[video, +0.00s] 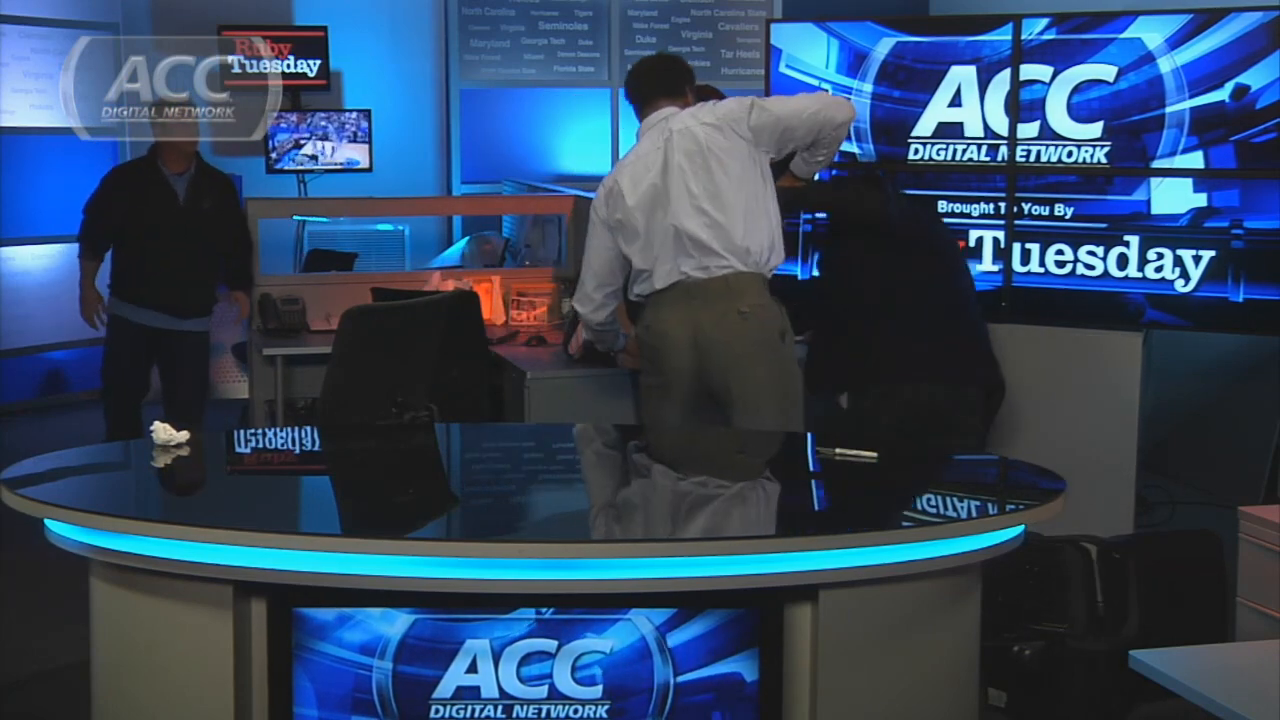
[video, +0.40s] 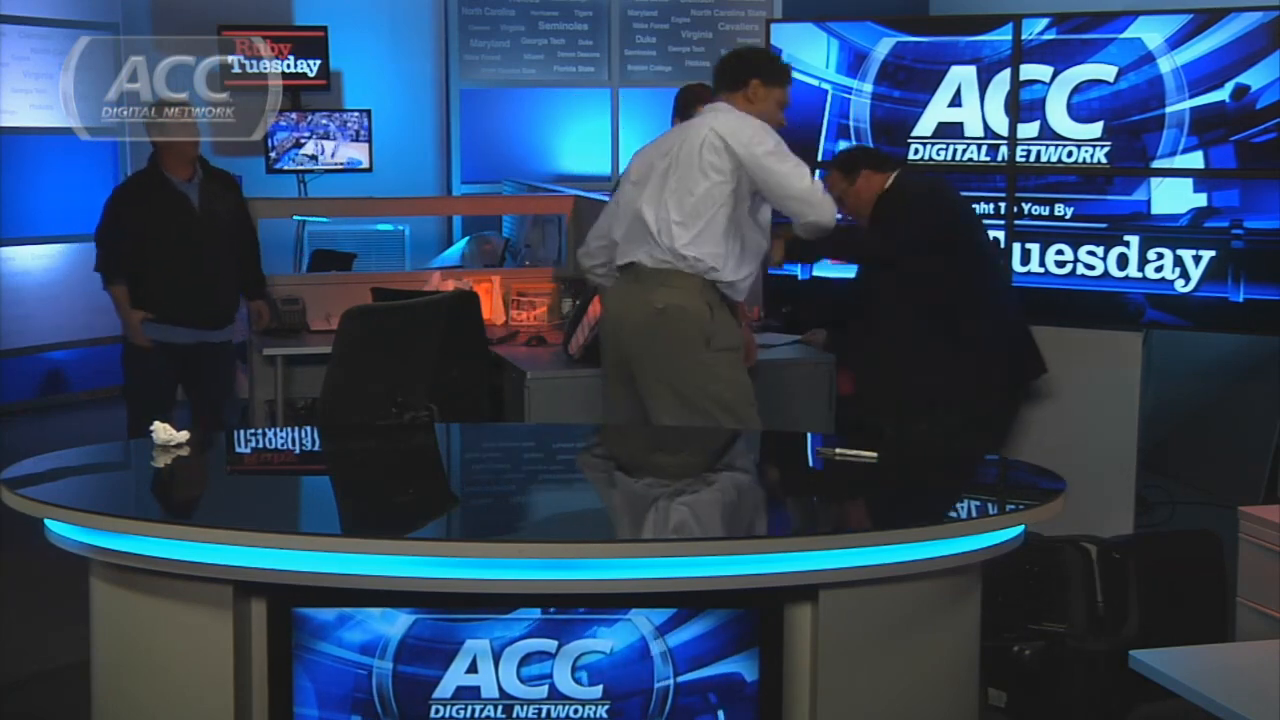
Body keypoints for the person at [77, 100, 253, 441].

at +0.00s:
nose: (186, 130)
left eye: (189, 122)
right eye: (176, 122)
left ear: (198, 130)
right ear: (158, 129)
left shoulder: (219, 186)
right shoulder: (124, 179)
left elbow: (237, 243)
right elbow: (94, 233)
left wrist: (239, 288)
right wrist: (87, 286)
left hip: (190, 322)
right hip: (130, 317)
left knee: (188, 414)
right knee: (121, 410)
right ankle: (120, 487)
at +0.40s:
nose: (190, 136)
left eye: (193, 126)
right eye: (179, 128)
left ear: (200, 132)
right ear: (158, 136)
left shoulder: (225, 186)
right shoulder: (130, 195)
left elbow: (246, 247)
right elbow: (110, 262)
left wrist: (255, 295)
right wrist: (126, 312)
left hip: (216, 338)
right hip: (153, 337)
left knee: (216, 432)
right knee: (149, 435)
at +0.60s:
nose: (212, 129)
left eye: (213, 121)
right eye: (201, 122)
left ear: (218, 128)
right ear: (179, 132)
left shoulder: (237, 183)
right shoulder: (151, 190)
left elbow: (252, 251)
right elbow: (140, 263)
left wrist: (257, 302)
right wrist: (180, 304)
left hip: (234, 336)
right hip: (171, 341)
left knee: (248, 433)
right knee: (157, 436)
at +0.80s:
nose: (244, 135)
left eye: (243, 127)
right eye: (233, 129)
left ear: (249, 133)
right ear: (209, 136)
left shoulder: (268, 192)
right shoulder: (186, 195)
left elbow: (272, 258)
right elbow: (176, 265)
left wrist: (281, 300)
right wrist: (222, 298)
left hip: (261, 345)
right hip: (201, 345)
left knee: (257, 446)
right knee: (192, 447)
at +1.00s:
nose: (281, 135)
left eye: (281, 126)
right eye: (271, 128)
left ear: (281, 130)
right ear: (245, 135)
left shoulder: (296, 188)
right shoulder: (212, 191)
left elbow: (311, 253)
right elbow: (207, 265)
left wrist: (325, 304)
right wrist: (251, 298)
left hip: (290, 340)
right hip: (234, 340)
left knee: (289, 439)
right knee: (244, 439)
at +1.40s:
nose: (333, 146)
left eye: (334, 136)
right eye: (323, 138)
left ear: (337, 136)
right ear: (294, 143)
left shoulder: (343, 195)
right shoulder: (263, 205)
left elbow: (349, 266)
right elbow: (258, 284)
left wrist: (362, 322)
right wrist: (297, 331)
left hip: (345, 354)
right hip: (290, 361)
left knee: (344, 463)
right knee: (296, 464)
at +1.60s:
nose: (366, 145)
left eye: (367, 135)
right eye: (355, 137)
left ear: (371, 135)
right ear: (325, 142)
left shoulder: (370, 194)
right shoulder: (296, 203)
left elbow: (374, 271)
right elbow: (298, 295)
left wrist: (389, 329)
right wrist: (348, 345)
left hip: (365, 353)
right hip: (313, 360)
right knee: (318, 463)